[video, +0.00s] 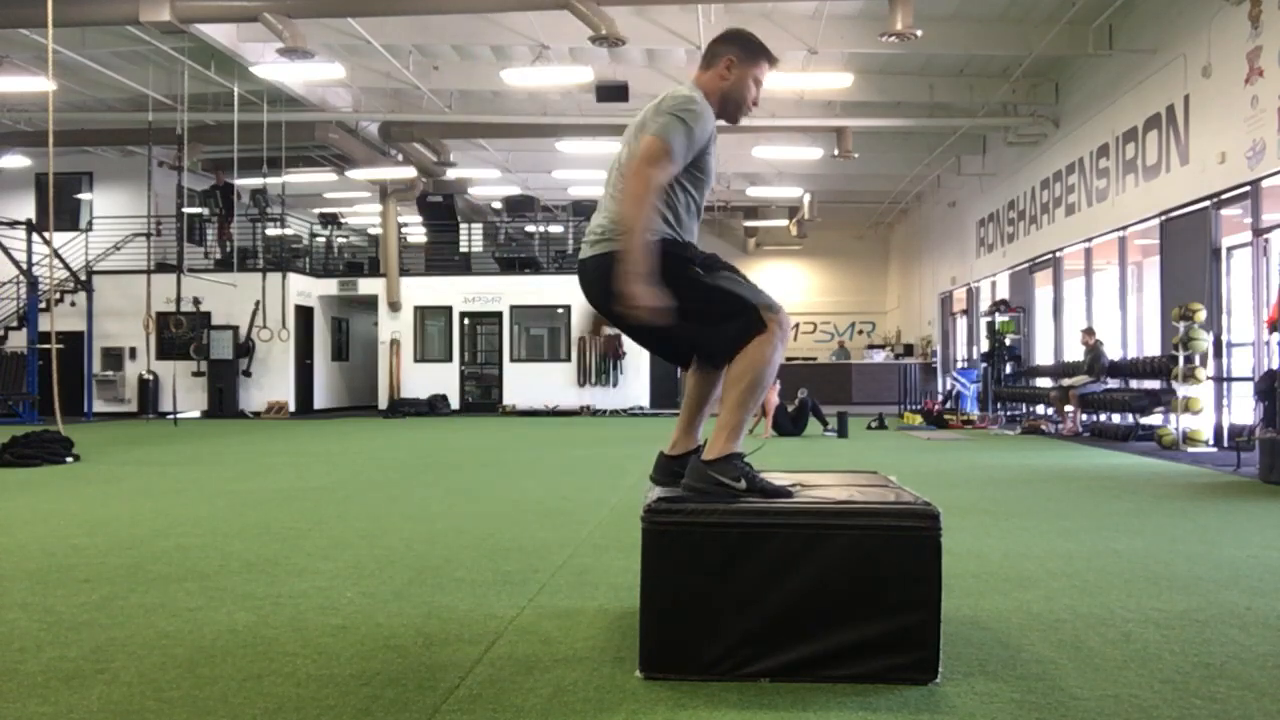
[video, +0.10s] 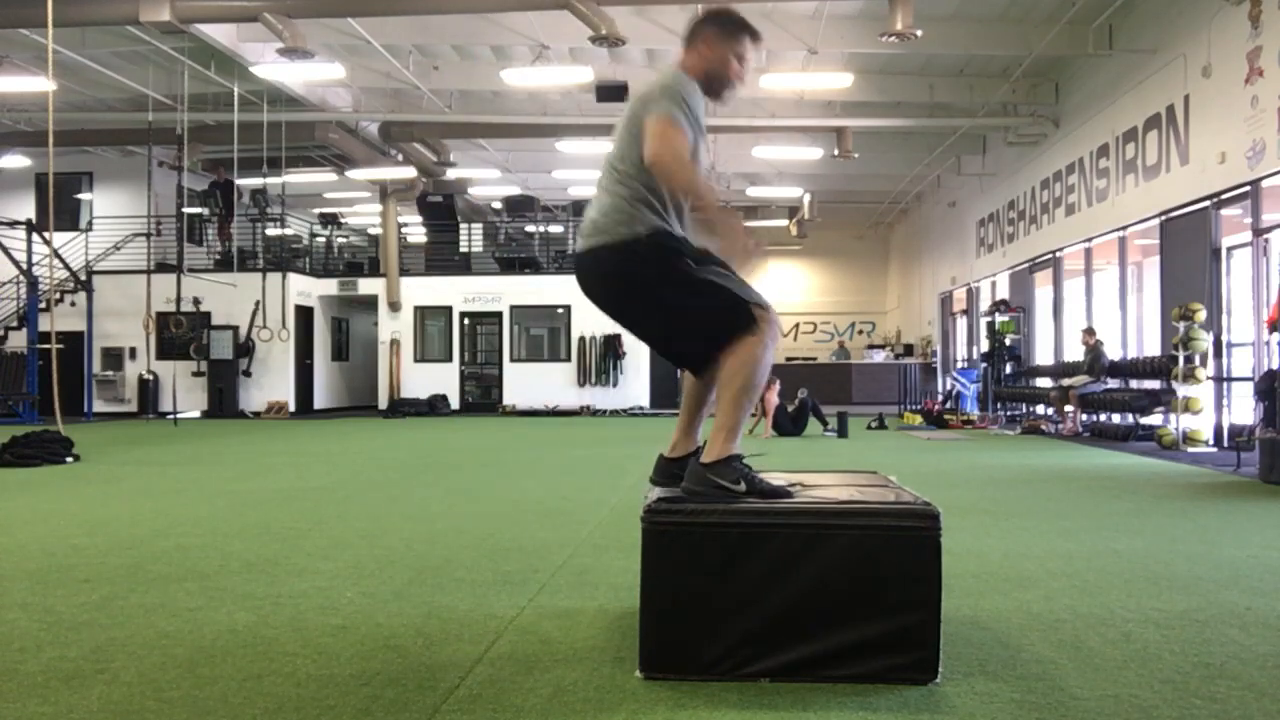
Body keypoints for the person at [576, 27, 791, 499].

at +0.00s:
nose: (758, 99)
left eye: (761, 87)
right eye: (757, 82)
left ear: (718, 71)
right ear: (726, 68)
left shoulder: (662, 110)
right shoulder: (691, 107)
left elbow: (621, 204)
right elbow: (642, 174)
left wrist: (606, 306)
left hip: (604, 261)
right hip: (642, 252)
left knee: (715, 339)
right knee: (770, 324)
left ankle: (680, 455)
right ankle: (721, 459)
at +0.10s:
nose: (742, 74)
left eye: (746, 64)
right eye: (737, 58)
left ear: (701, 53)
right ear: (703, 46)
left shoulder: (683, 107)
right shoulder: (673, 88)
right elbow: (663, 155)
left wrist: (756, 372)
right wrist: (721, 215)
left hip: (607, 253)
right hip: (631, 243)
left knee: (713, 342)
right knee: (759, 324)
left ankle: (678, 457)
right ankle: (719, 461)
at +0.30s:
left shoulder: (660, 22)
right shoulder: (604, 3)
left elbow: (637, 95)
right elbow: (576, 57)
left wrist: (670, 135)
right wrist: (669, 50)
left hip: (619, 173)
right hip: (570, 161)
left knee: (679, 284)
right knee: (643, 281)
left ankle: (662, 427)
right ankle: (660, 430)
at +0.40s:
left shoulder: (641, 16)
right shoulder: (563, 3)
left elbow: (607, 88)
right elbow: (523, 59)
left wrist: (633, 138)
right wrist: (607, 64)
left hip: (609, 160)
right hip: (547, 155)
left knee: (659, 267)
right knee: (593, 268)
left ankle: (599, 384)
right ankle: (561, 412)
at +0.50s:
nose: (607, 2)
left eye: (614, 0)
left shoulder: (627, 39)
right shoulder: (521, 17)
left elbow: (615, 104)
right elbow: (471, 91)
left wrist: (617, 154)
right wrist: (530, 125)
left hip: (595, 188)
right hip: (524, 186)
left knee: (625, 297)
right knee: (526, 302)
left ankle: (588, 424)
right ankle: (492, 432)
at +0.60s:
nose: (565, 34)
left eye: (579, 23)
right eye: (559, 19)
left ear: (596, 25)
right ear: (539, 14)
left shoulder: (610, 86)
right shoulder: (493, 69)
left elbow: (617, 147)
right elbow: (434, 142)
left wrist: (605, 204)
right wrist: (445, 205)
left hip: (570, 243)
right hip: (494, 238)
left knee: (581, 366)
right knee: (461, 368)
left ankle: (581, 506)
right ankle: (434, 495)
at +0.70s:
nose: (523, 122)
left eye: (533, 112)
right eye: (516, 110)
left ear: (551, 117)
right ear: (499, 111)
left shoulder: (578, 175)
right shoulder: (460, 161)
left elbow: (618, 231)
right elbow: (404, 214)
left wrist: (607, 313)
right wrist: (382, 284)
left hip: (543, 330)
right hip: (468, 324)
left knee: (538, 449)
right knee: (425, 448)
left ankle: (537, 584)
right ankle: (401, 570)